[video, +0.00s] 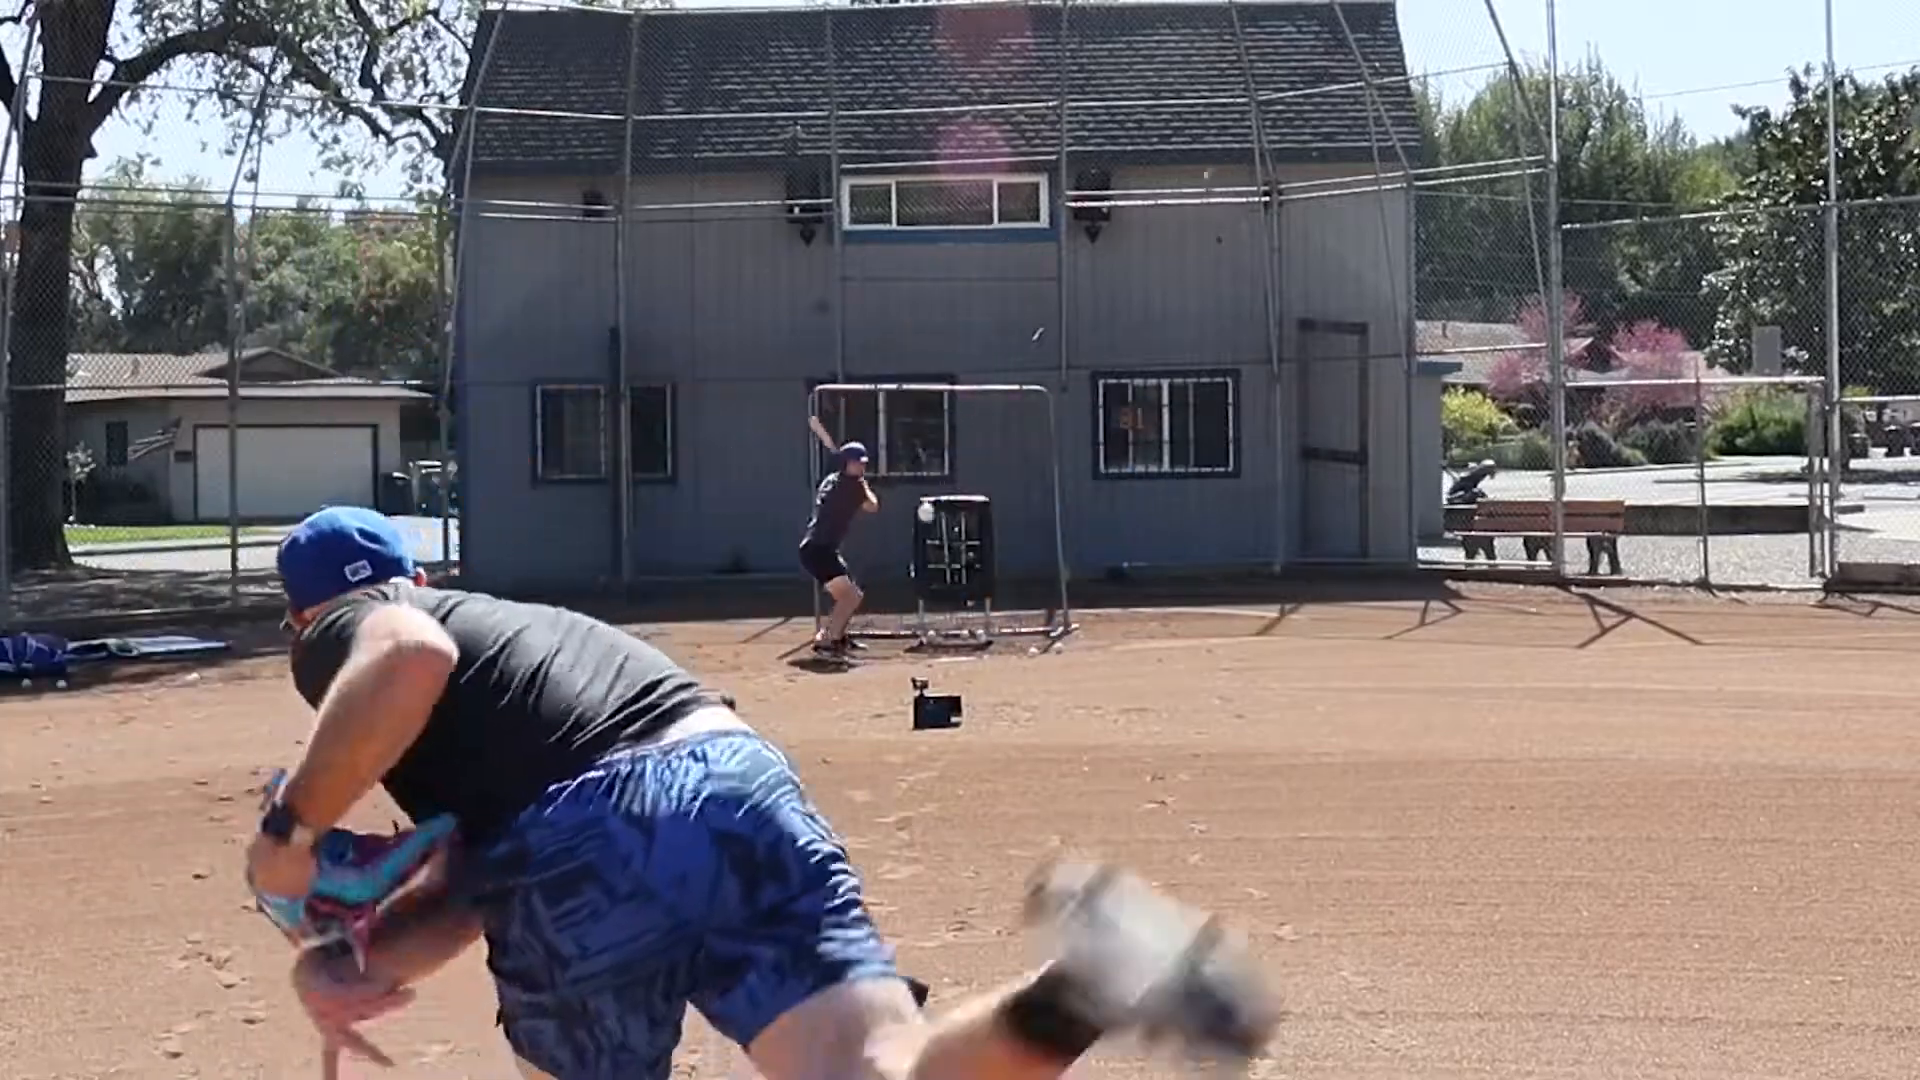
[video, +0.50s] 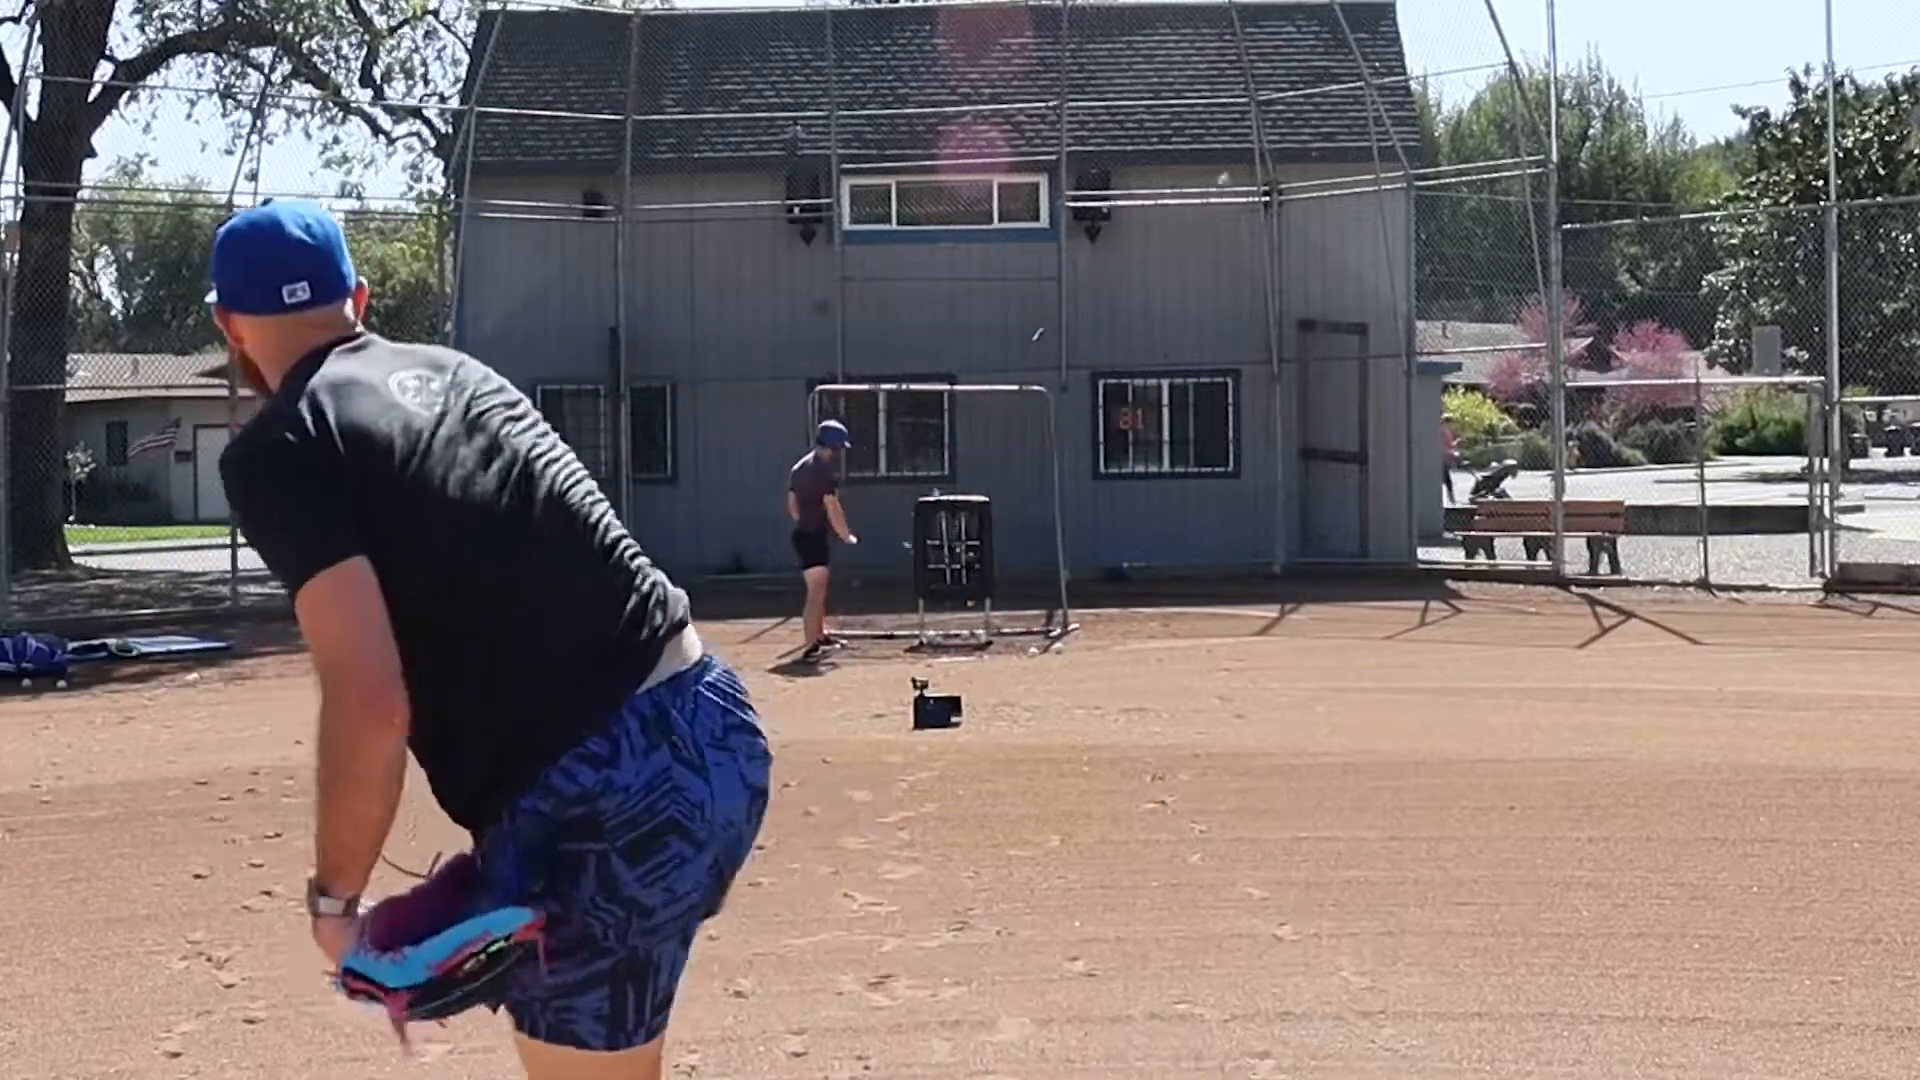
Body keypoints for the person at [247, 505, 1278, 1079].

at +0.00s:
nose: (297, 648)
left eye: (293, 624)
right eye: (307, 629)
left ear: (307, 612)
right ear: (411, 573)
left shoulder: (371, 614)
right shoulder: (508, 653)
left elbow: (405, 656)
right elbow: (471, 879)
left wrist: (297, 824)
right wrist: (349, 968)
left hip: (588, 814)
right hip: (739, 760)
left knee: (601, 1061)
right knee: (876, 1062)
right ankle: (1078, 994)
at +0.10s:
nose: (297, 605)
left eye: (293, 582)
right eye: (299, 592)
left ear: (317, 554)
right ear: (402, 513)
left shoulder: (372, 565)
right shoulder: (493, 595)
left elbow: (389, 611)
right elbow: (489, 869)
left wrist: (283, 792)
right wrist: (419, 1046)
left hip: (574, 810)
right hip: (720, 737)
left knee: (577, 1069)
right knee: (1011, 1039)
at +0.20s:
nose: (253, 514)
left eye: (251, 493)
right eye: (264, 496)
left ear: (273, 484)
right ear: (370, 461)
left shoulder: (296, 543)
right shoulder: (449, 524)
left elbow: (322, 657)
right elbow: (492, 723)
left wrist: (272, 866)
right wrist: (394, 881)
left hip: (574, 817)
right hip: (712, 721)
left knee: (576, 1068)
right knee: (1007, 991)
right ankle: (1329, 886)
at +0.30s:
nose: (231, 447)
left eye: (228, 430)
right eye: (246, 421)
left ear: (242, 434)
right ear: (354, 402)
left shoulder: (260, 515)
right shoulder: (444, 461)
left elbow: (317, 694)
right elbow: (517, 662)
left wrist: (292, 909)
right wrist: (469, 878)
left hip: (583, 822)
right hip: (718, 710)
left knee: (596, 1065)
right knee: (926, 944)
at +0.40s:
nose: (225, 381)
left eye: (218, 365)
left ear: (225, 374)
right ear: (352, 343)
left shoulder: (263, 482)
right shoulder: (447, 405)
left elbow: (349, 701)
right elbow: (532, 601)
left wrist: (345, 916)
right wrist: (506, 876)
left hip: (588, 806)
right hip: (725, 716)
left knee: (591, 1062)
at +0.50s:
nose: (231, 343)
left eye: (225, 325)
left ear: (232, 330)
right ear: (359, 299)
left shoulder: (283, 442)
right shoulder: (452, 368)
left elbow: (370, 700)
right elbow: (547, 592)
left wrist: (335, 895)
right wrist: (506, 844)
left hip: (612, 788)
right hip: (709, 723)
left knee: (587, 1056)